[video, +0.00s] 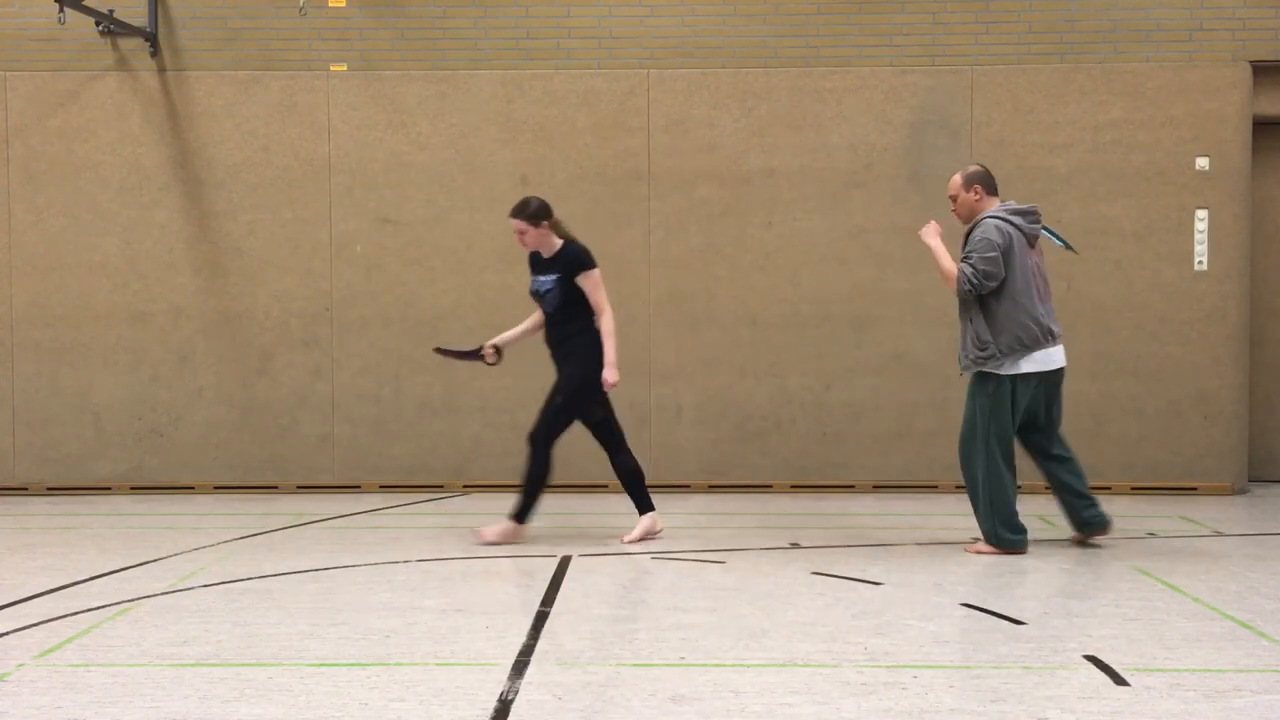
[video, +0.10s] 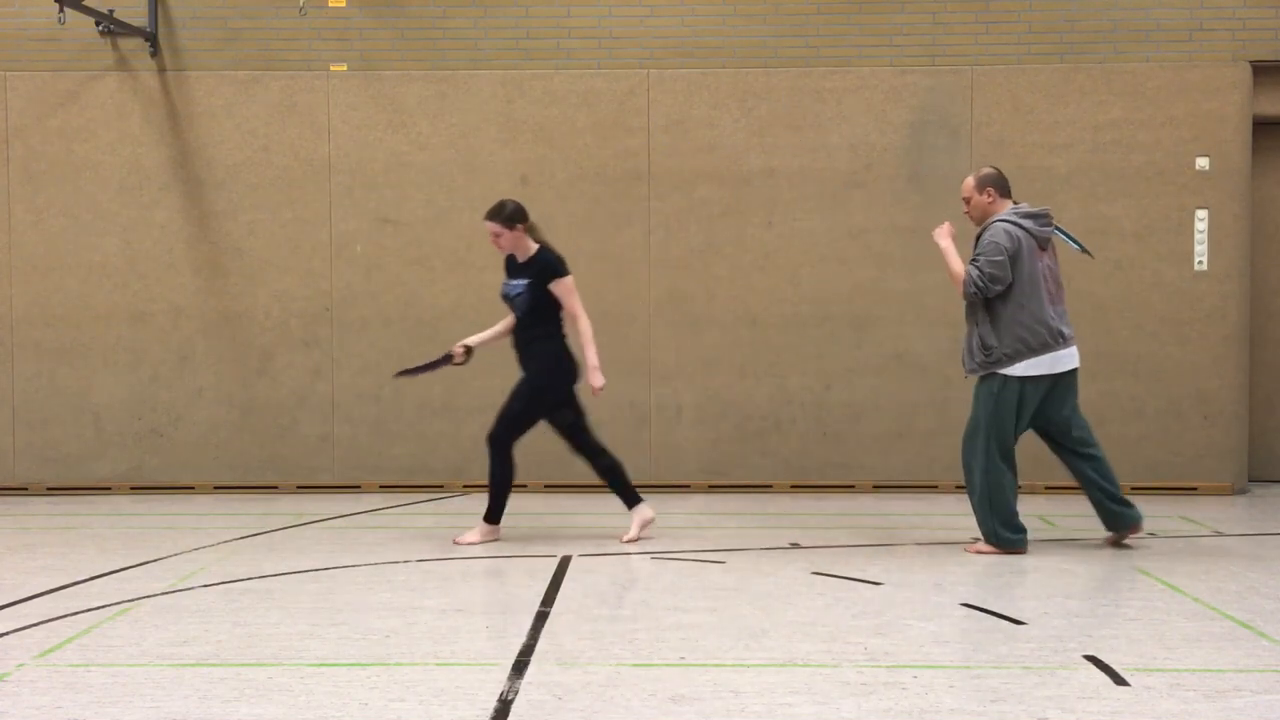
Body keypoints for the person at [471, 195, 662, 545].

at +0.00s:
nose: (518, 239)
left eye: (522, 232)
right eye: (516, 233)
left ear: (543, 226)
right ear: (533, 229)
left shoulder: (575, 256)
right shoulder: (537, 260)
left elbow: (604, 311)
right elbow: (544, 314)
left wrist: (610, 365)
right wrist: (500, 341)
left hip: (586, 367)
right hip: (570, 366)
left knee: (541, 437)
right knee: (613, 441)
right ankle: (648, 515)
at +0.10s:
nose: (492, 242)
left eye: (496, 236)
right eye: (490, 236)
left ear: (518, 229)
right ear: (509, 232)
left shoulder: (550, 263)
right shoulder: (513, 263)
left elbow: (578, 315)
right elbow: (517, 318)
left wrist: (593, 367)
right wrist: (471, 342)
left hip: (550, 371)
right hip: (540, 371)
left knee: (500, 438)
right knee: (584, 443)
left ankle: (490, 525)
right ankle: (638, 507)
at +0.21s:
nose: (468, 239)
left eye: (471, 233)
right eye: (466, 233)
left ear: (493, 227)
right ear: (485, 229)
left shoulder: (521, 261)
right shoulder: (485, 260)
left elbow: (551, 315)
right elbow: (484, 317)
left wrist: (571, 365)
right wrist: (439, 340)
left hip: (520, 367)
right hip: (507, 366)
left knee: (475, 440)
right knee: (519, 454)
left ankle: (489, 526)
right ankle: (594, 496)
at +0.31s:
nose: (444, 235)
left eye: (448, 228)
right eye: (442, 229)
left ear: (469, 222)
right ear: (459, 225)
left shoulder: (499, 256)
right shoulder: (460, 256)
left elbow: (526, 310)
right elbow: (460, 314)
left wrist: (544, 360)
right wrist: (416, 337)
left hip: (499, 364)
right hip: (479, 364)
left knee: (463, 443)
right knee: (451, 443)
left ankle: (490, 525)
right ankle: (510, 499)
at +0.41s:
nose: (424, 231)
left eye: (428, 225)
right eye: (421, 225)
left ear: (448, 218)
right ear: (428, 222)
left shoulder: (478, 251)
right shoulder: (432, 254)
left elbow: (503, 305)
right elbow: (436, 310)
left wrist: (517, 354)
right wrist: (394, 332)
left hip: (475, 363)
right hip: (445, 363)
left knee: (459, 443)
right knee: (407, 434)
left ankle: (489, 525)